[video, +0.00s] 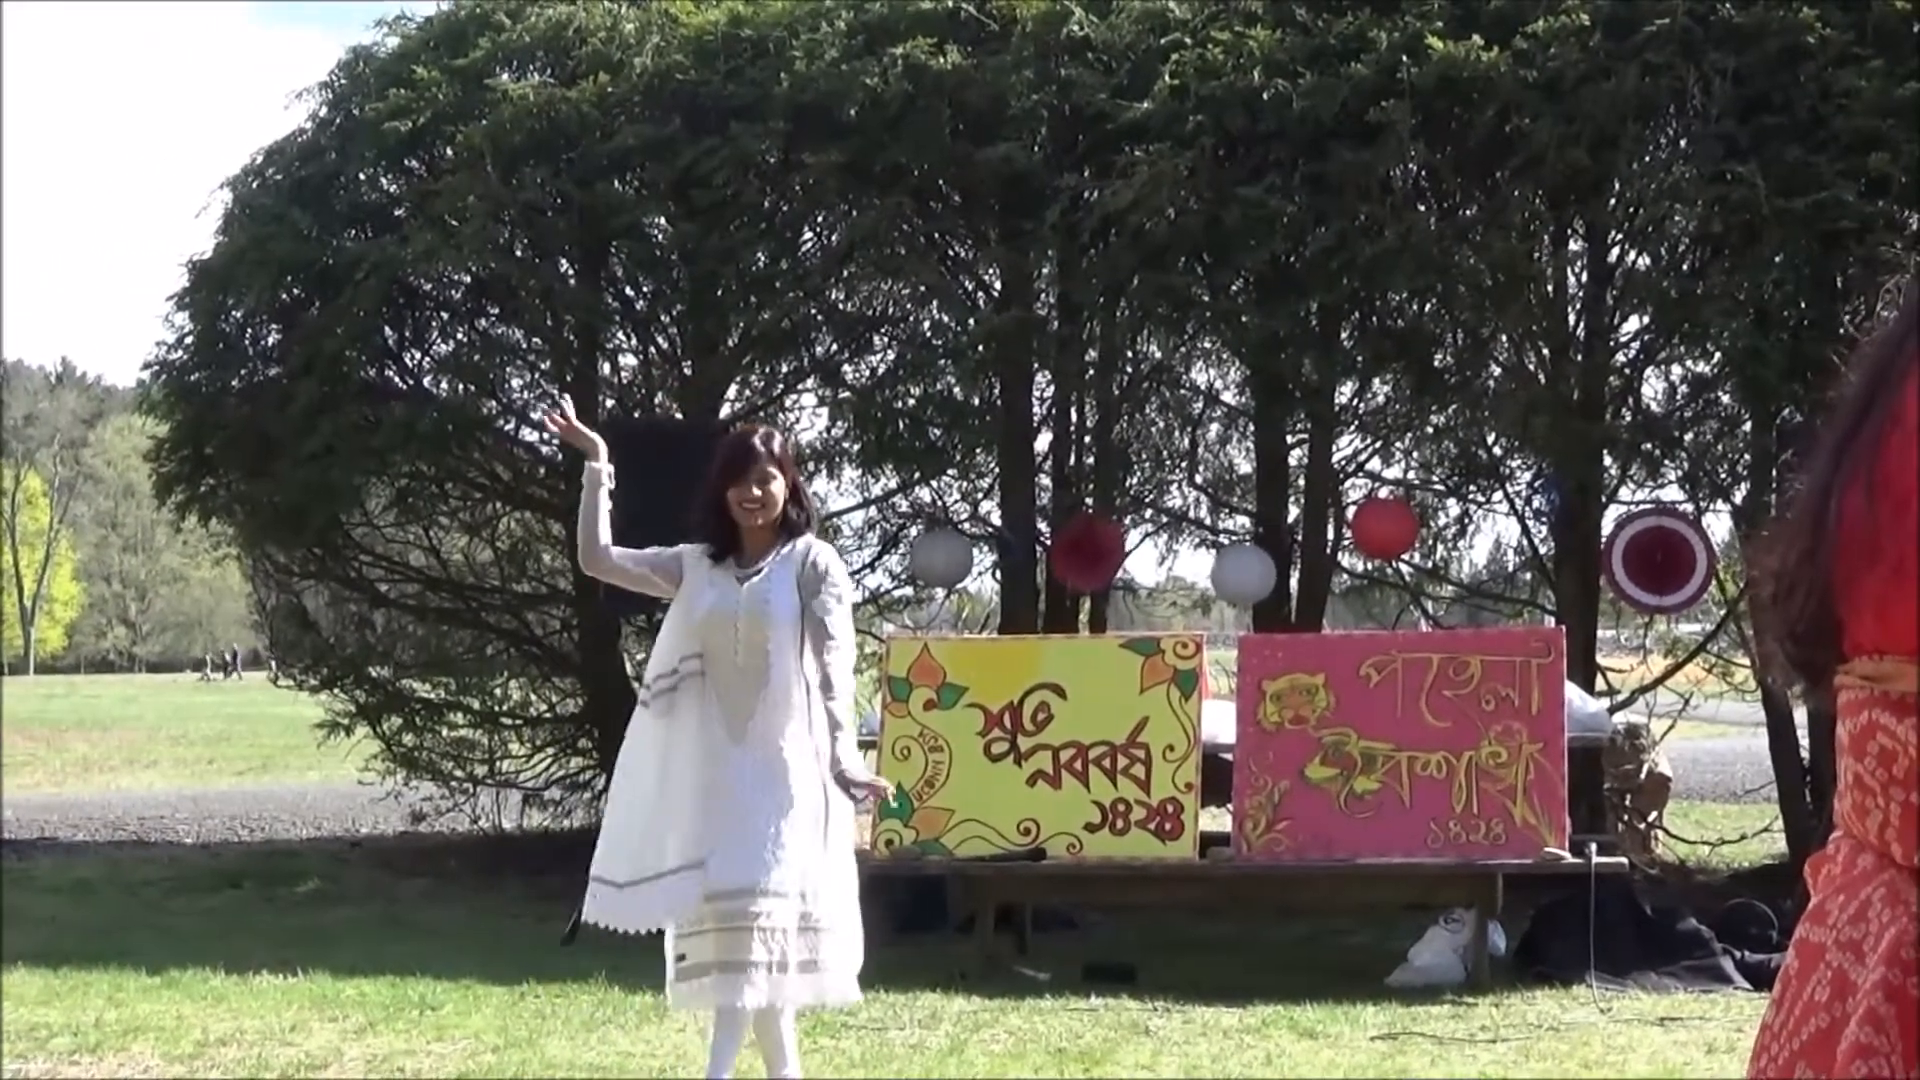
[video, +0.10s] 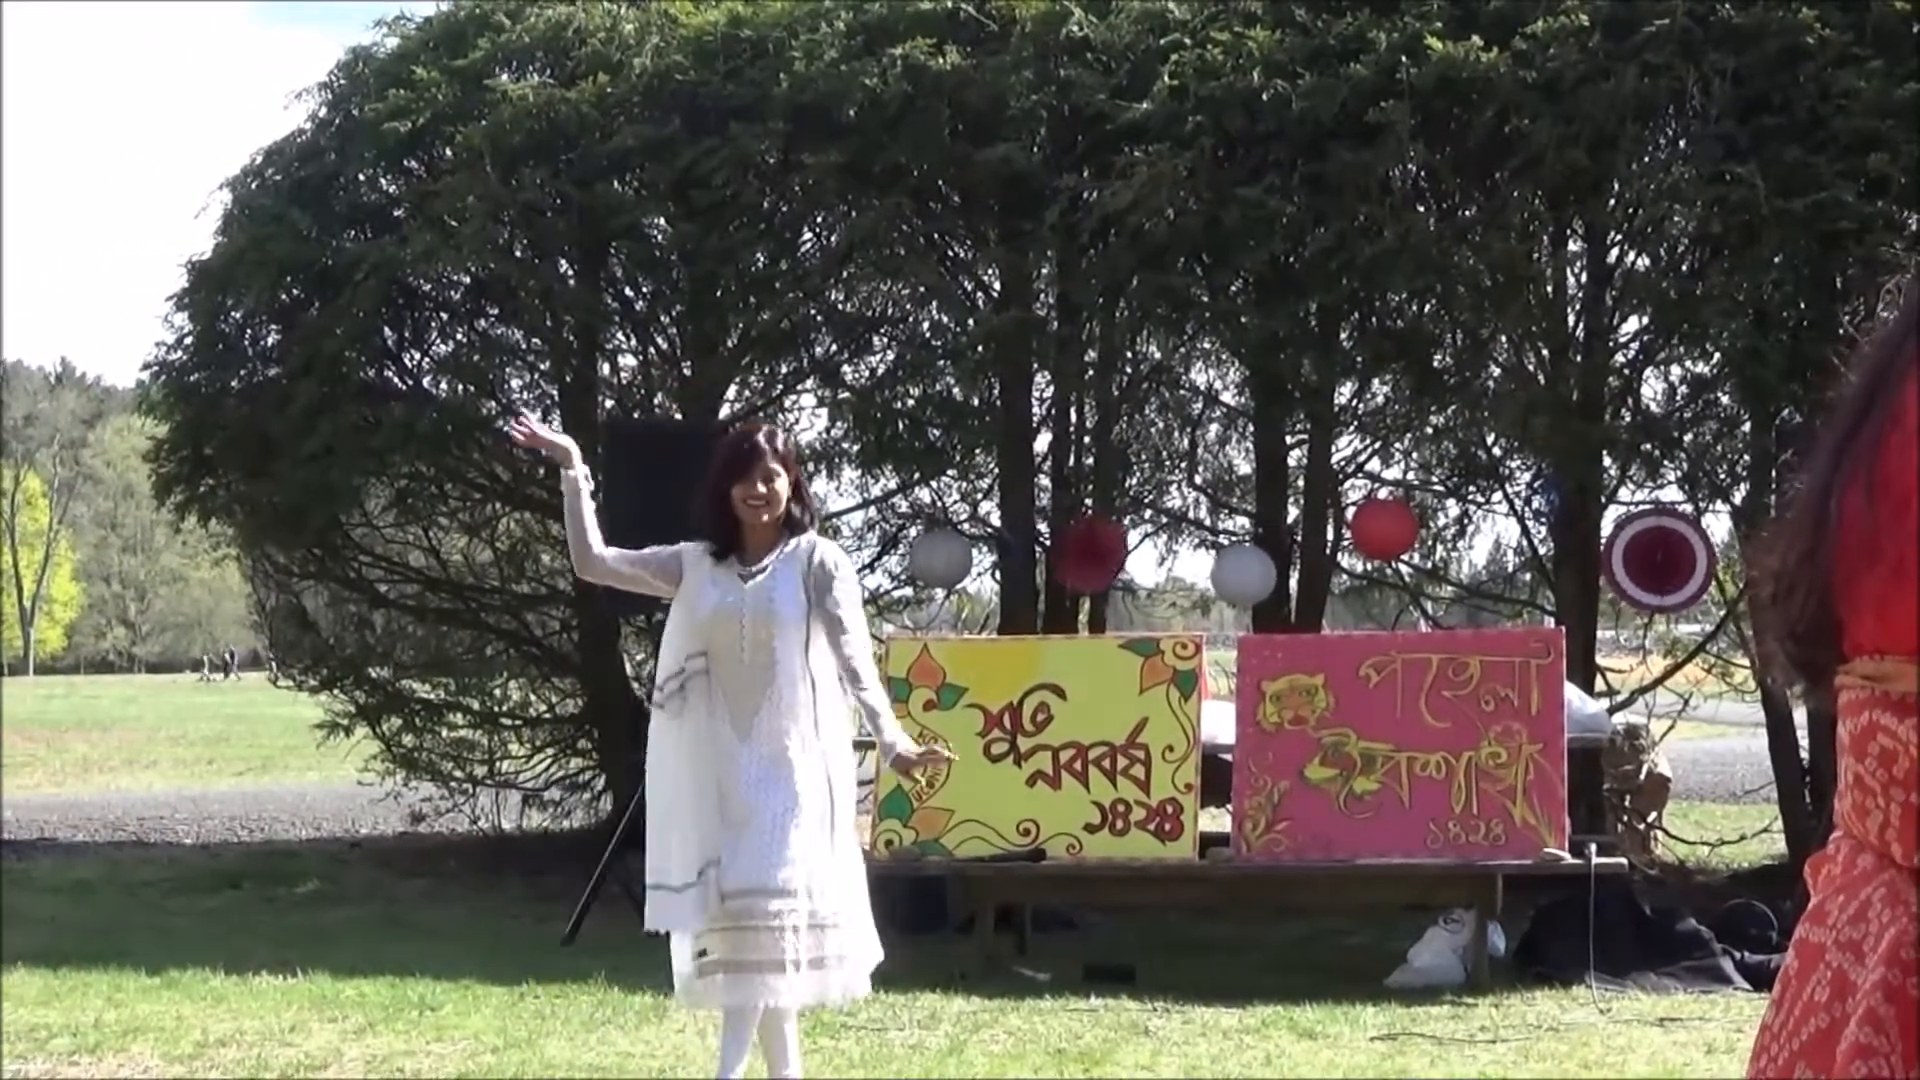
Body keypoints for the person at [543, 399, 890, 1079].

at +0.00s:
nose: (753, 488)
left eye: (767, 475)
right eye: (739, 477)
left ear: (790, 485)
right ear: (722, 489)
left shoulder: (812, 561)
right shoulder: (696, 564)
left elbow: (835, 667)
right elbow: (597, 558)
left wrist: (844, 757)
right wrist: (597, 459)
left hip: (781, 762)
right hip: (711, 758)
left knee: (743, 911)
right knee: (753, 917)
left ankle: (717, 1068)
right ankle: (785, 1067)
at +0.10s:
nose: (759, 490)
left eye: (771, 477)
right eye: (746, 478)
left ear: (793, 485)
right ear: (726, 488)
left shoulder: (817, 560)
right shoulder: (694, 563)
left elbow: (857, 661)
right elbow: (591, 561)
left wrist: (893, 740)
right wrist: (573, 465)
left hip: (790, 763)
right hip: (713, 760)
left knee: (751, 911)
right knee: (757, 917)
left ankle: (727, 1068)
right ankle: (787, 1069)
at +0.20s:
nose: (765, 488)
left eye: (776, 474)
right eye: (750, 476)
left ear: (795, 484)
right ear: (728, 488)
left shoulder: (818, 557)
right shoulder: (695, 560)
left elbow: (876, 647)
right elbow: (588, 561)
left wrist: (933, 719)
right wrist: (547, 474)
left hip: (795, 766)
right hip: (717, 765)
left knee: (754, 912)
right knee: (762, 920)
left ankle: (728, 1067)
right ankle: (788, 1068)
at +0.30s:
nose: (769, 482)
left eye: (779, 471)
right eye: (754, 472)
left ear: (797, 481)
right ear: (728, 484)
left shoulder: (821, 554)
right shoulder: (694, 558)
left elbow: (894, 634)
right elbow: (588, 559)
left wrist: (968, 690)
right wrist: (527, 487)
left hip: (799, 766)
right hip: (719, 765)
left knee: (757, 917)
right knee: (772, 928)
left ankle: (734, 1069)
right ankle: (788, 1068)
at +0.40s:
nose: (765, 482)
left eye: (775, 469)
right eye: (750, 471)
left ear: (794, 479)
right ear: (727, 483)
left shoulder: (821, 556)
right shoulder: (693, 558)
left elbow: (905, 624)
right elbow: (586, 565)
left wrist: (984, 665)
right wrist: (513, 506)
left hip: (803, 758)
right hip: (723, 756)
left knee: (764, 903)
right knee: (769, 912)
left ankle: (740, 1069)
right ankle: (788, 1069)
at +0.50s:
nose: (768, 483)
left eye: (777, 471)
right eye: (753, 472)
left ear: (793, 480)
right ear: (727, 483)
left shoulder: (820, 557)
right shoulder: (693, 558)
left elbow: (907, 619)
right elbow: (584, 575)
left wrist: (994, 660)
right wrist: (513, 528)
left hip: (799, 758)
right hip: (720, 756)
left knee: (770, 908)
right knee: (753, 911)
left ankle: (763, 1068)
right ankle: (783, 1063)